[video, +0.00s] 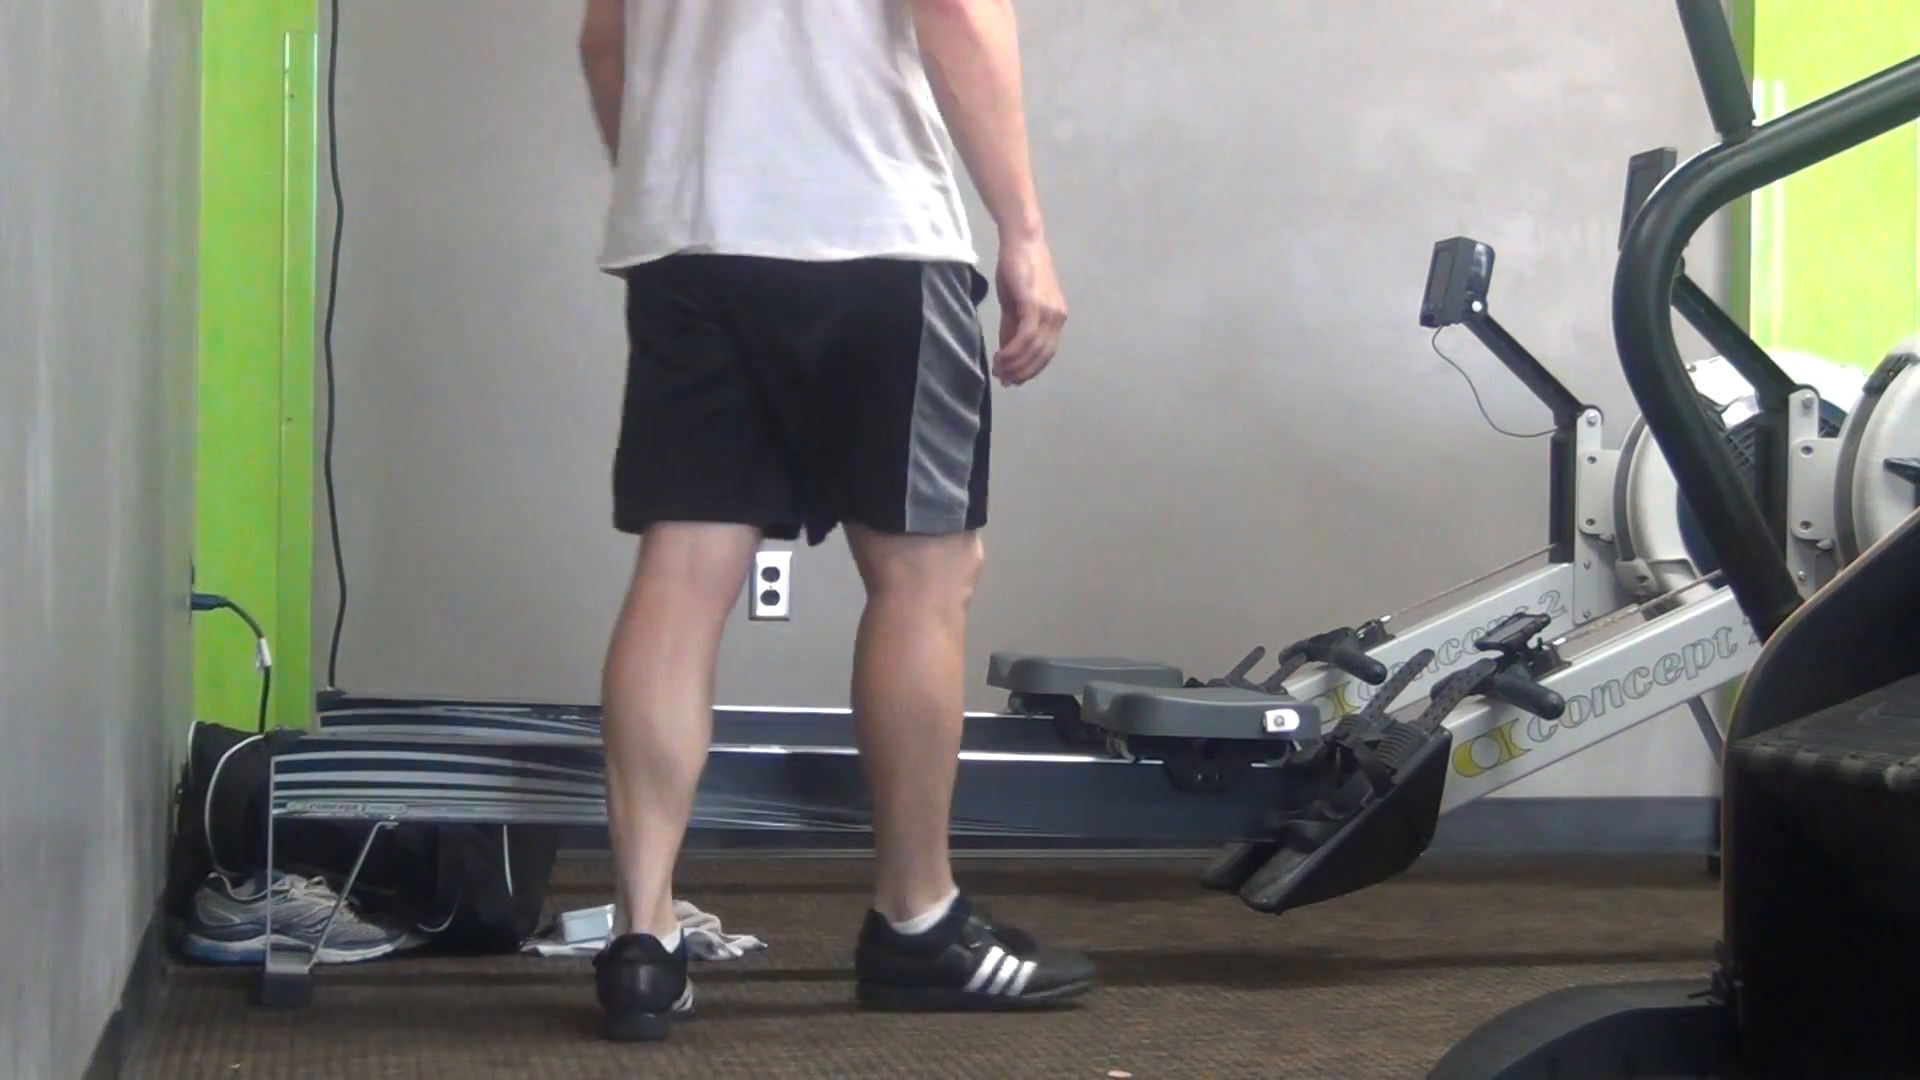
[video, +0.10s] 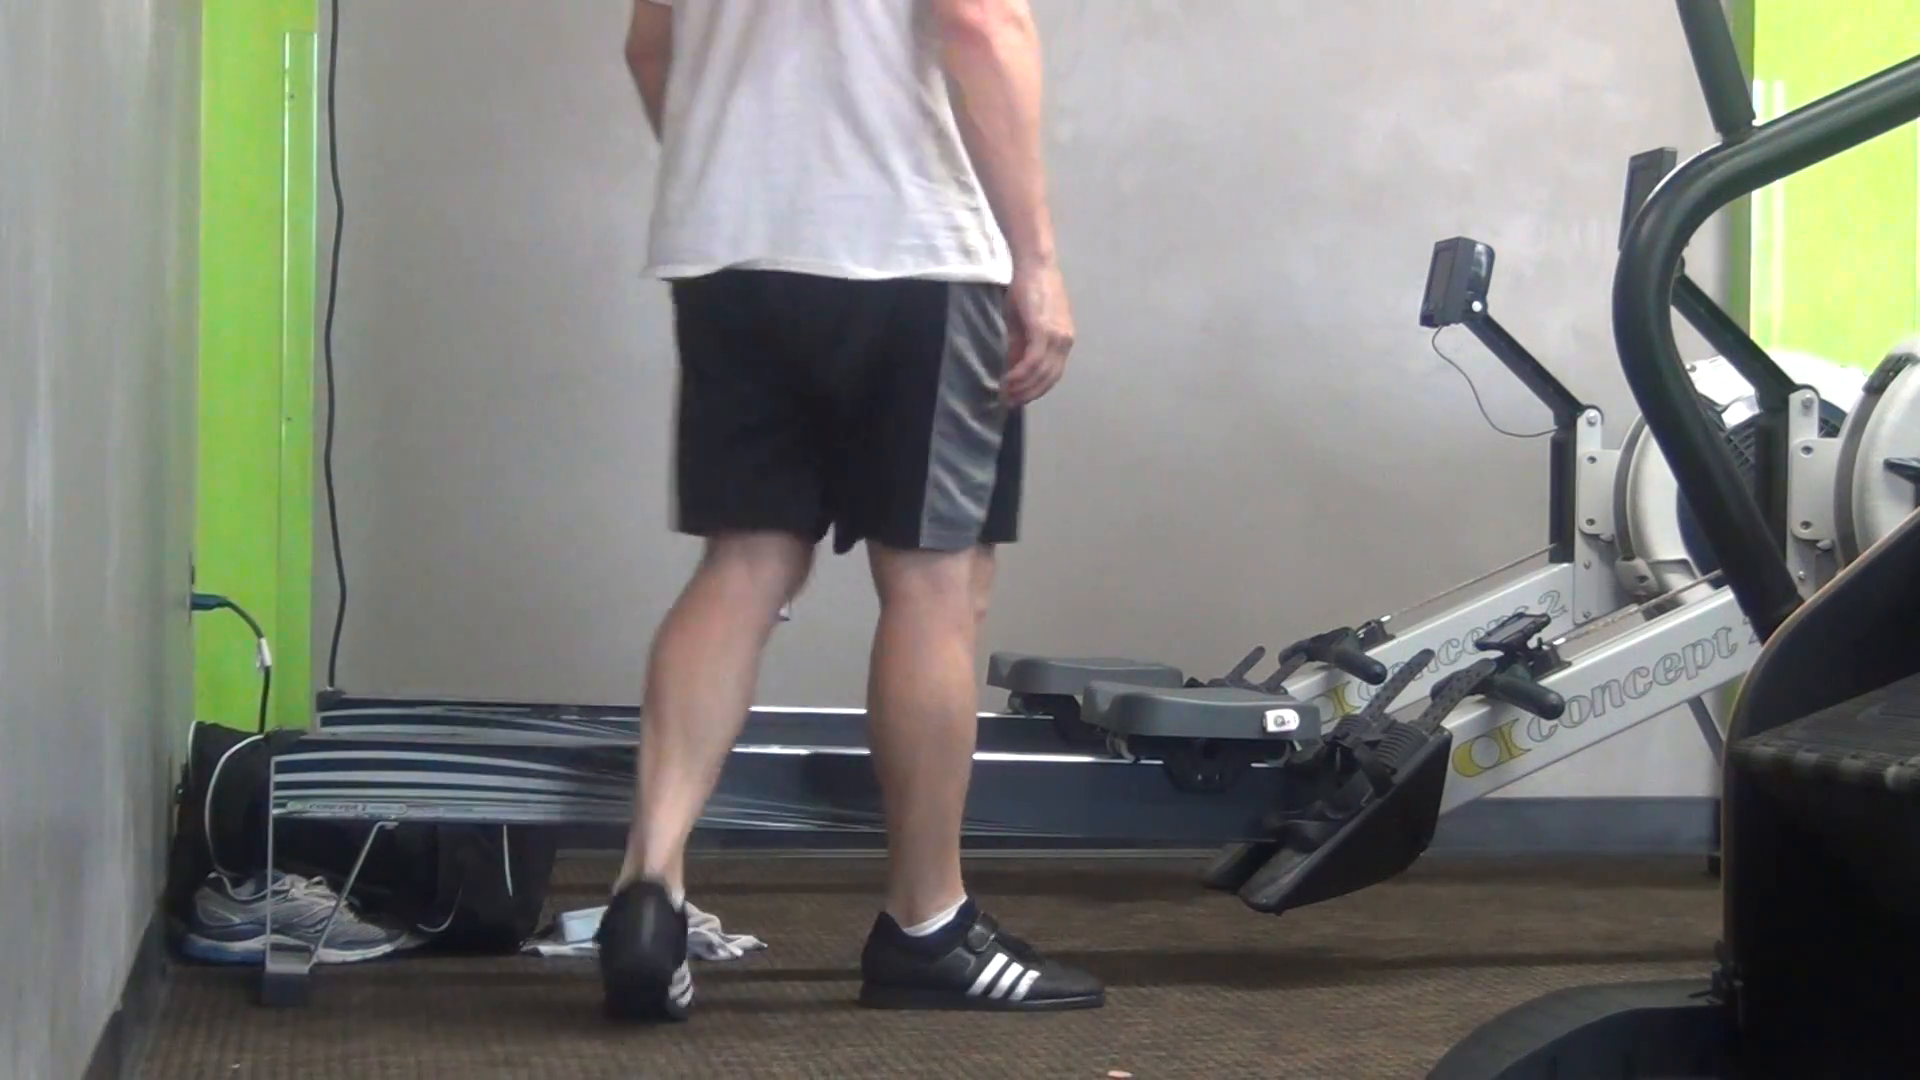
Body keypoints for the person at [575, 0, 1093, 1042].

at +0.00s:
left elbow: (605, 33)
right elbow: (954, 12)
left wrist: (674, 197)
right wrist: (1023, 229)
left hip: (686, 220)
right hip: (877, 219)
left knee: (682, 572)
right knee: (924, 582)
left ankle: (642, 945)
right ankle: (916, 924)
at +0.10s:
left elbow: (651, 40)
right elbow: (976, 21)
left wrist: (735, 197)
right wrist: (1036, 254)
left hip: (724, 226)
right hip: (911, 232)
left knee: (744, 561)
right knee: (935, 588)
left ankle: (647, 892)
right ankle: (927, 925)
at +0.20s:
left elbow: (689, 35)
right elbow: (1012, 31)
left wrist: (776, 177)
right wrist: (1059, 269)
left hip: (779, 222)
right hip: (939, 226)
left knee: (827, 532)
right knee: (954, 585)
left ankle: (694, 748)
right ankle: (926, 925)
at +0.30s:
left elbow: (718, 16)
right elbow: (1028, 33)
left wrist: (801, 155)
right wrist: (1081, 261)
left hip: (804, 216)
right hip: (943, 225)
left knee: (906, 475)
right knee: (956, 577)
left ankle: (748, 603)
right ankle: (927, 924)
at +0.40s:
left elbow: (751, 12)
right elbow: (1030, 35)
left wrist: (853, 138)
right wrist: (1093, 254)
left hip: (842, 214)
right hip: (960, 226)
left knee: (1024, 435)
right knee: (964, 582)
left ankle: (764, 546)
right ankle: (926, 927)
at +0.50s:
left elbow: (788, 7)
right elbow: (1024, 43)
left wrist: (887, 108)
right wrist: (1091, 259)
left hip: (871, 206)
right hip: (963, 225)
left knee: (1079, 434)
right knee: (978, 581)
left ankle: (782, 590)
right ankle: (925, 926)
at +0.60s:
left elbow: (844, 24)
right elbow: (1017, 40)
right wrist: (1078, 259)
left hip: (900, 192)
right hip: (972, 214)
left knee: (1089, 457)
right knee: (1001, 563)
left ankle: (865, 705)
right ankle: (928, 923)